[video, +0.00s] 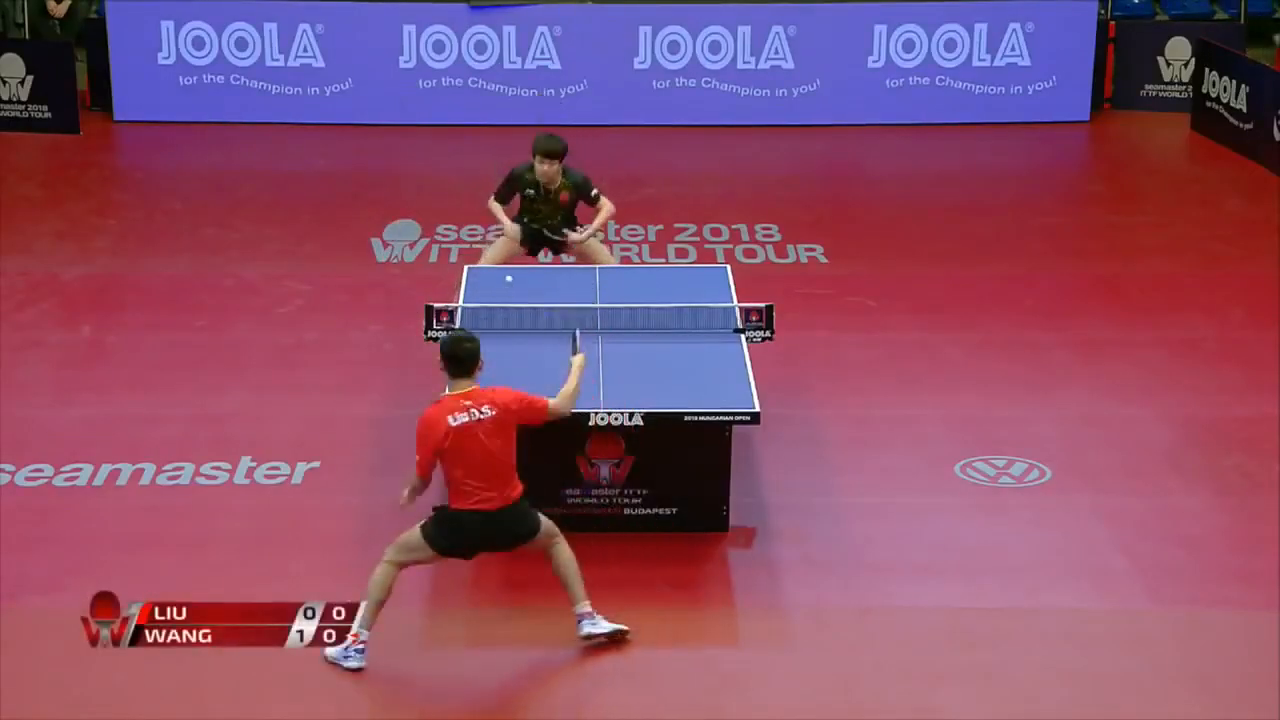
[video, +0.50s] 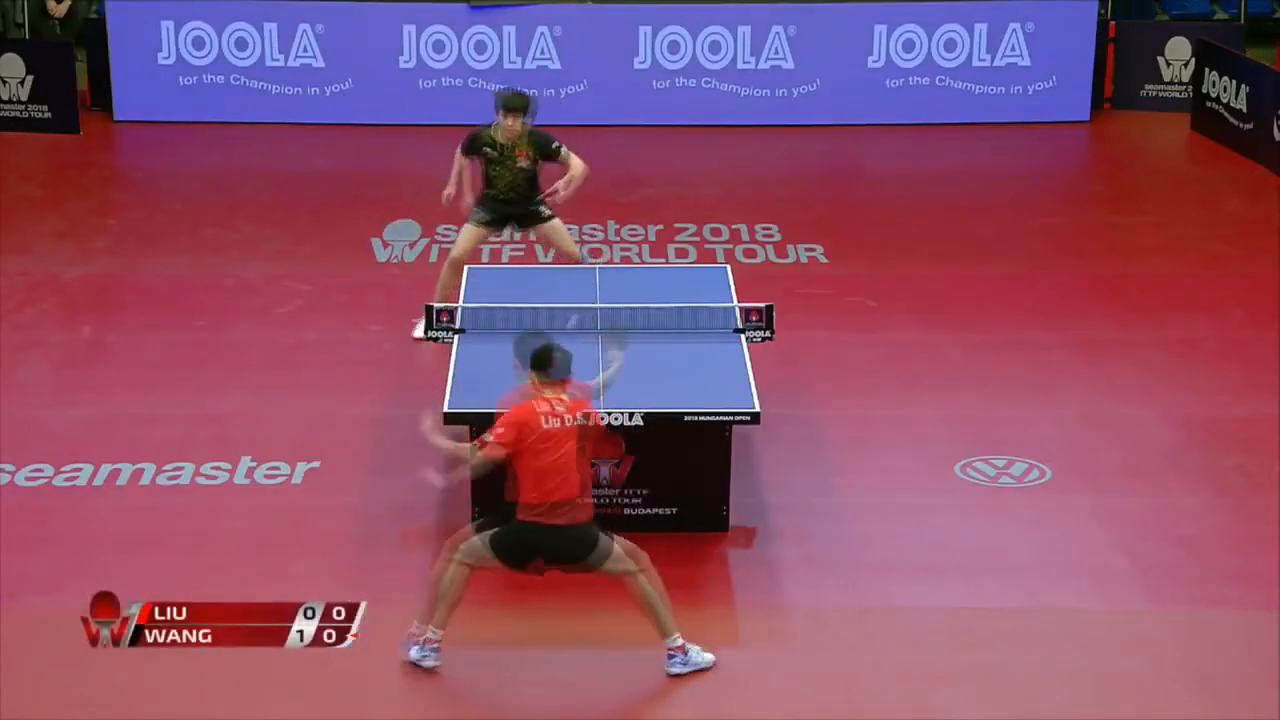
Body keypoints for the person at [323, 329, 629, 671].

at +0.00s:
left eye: (443, 361)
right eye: (481, 359)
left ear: (444, 367)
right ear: (479, 365)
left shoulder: (434, 417)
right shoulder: (503, 401)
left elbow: (423, 477)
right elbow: (561, 408)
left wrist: (410, 492)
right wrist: (578, 370)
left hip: (461, 524)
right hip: (512, 518)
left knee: (393, 557)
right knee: (554, 539)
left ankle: (356, 642)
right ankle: (587, 616)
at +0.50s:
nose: (529, 376)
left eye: (530, 371)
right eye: (561, 375)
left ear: (532, 375)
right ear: (567, 376)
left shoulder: (522, 415)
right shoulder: (583, 411)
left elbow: (476, 460)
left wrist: (437, 439)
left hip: (530, 532)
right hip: (578, 534)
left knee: (462, 556)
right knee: (635, 566)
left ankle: (429, 644)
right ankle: (678, 649)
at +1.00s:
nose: (530, 385)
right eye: (531, 380)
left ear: (491, 381)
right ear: (527, 385)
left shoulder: (463, 418)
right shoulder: (541, 425)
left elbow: (430, 469)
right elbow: (584, 470)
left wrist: (456, 490)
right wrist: (580, 442)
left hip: (461, 538)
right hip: (511, 543)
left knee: (409, 583)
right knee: (582, 584)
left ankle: (357, 661)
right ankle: (604, 680)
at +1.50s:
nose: (428, 393)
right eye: (424, 388)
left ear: (386, 402)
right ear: (422, 395)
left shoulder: (381, 456)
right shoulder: (446, 419)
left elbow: (367, 502)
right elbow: (464, 369)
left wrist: (388, 453)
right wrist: (414, 351)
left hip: (427, 552)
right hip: (478, 546)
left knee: (376, 573)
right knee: (541, 584)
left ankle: (344, 656)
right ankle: (547, 663)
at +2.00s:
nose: (476, 423)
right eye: (476, 417)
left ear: (435, 421)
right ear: (472, 424)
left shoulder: (405, 456)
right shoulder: (478, 478)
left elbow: (376, 489)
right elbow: (513, 532)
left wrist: (420, 485)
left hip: (385, 586)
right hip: (438, 592)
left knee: (343, 619)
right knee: (515, 622)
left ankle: (291, 690)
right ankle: (533, 713)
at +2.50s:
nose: (430, 387)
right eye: (429, 381)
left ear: (386, 381)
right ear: (424, 386)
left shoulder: (354, 434)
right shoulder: (441, 441)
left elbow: (327, 493)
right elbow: (463, 512)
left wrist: (295, 525)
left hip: (371, 560)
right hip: (424, 565)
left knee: (343, 652)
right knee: (476, 653)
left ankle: (323, 717)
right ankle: (506, 715)